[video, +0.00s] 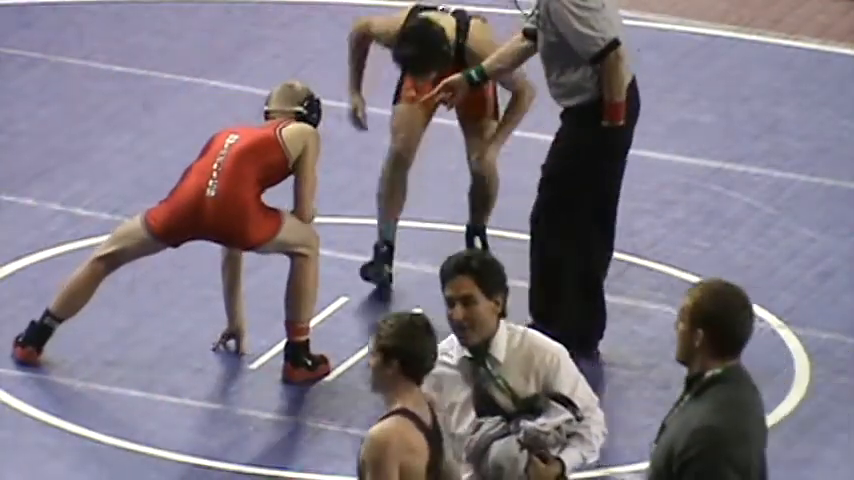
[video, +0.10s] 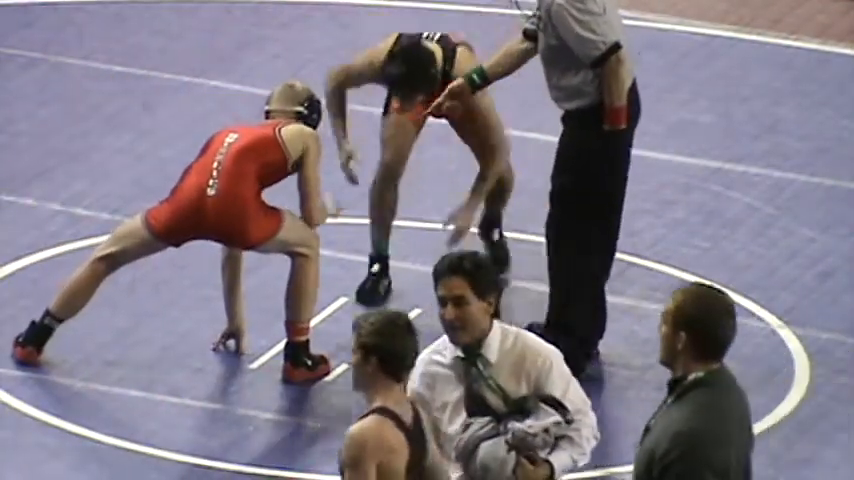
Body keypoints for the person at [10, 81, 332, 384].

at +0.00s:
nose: (316, 130)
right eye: (316, 121)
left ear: (269, 112)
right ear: (308, 116)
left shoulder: (231, 136)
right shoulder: (306, 133)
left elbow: (232, 247)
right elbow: (306, 213)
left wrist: (235, 323)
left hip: (181, 211)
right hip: (238, 218)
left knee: (105, 259)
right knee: (308, 243)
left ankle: (32, 340)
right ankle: (299, 359)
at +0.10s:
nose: (314, 133)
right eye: (315, 123)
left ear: (270, 111)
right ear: (309, 117)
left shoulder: (231, 135)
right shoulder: (306, 135)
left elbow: (232, 248)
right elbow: (314, 216)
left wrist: (234, 323)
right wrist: (326, 204)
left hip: (182, 211)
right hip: (238, 217)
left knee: (105, 259)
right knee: (308, 243)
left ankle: (32, 340)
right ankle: (299, 359)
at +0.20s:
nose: (271, 105)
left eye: (276, 103)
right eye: (314, 123)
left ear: (273, 110)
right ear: (310, 117)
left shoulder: (231, 133)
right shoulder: (306, 138)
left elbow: (233, 239)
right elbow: (320, 220)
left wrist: (235, 323)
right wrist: (339, 196)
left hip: (179, 210)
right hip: (238, 217)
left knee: (105, 258)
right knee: (307, 244)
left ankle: (33, 339)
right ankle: (298, 358)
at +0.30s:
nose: (272, 103)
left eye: (277, 102)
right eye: (278, 101)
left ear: (277, 111)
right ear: (311, 119)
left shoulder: (233, 134)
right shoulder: (307, 141)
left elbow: (232, 244)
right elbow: (320, 221)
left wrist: (235, 322)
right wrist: (341, 198)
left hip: (178, 208)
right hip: (237, 216)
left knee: (105, 258)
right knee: (306, 243)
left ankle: (33, 339)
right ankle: (297, 357)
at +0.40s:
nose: (276, 105)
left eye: (279, 102)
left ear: (276, 109)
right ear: (314, 118)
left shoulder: (234, 132)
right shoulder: (309, 143)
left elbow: (225, 241)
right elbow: (322, 224)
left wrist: (231, 312)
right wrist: (344, 199)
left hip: (178, 208)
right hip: (236, 215)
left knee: (104, 259)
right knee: (306, 244)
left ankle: (33, 339)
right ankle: (295, 357)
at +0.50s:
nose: (282, 114)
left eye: (280, 105)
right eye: (312, 118)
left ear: (274, 107)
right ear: (312, 116)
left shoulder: (233, 131)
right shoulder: (307, 143)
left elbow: (211, 219)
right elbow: (316, 225)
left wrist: (226, 297)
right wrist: (344, 211)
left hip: (178, 208)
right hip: (235, 214)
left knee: (104, 260)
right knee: (305, 244)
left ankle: (33, 339)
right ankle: (296, 358)